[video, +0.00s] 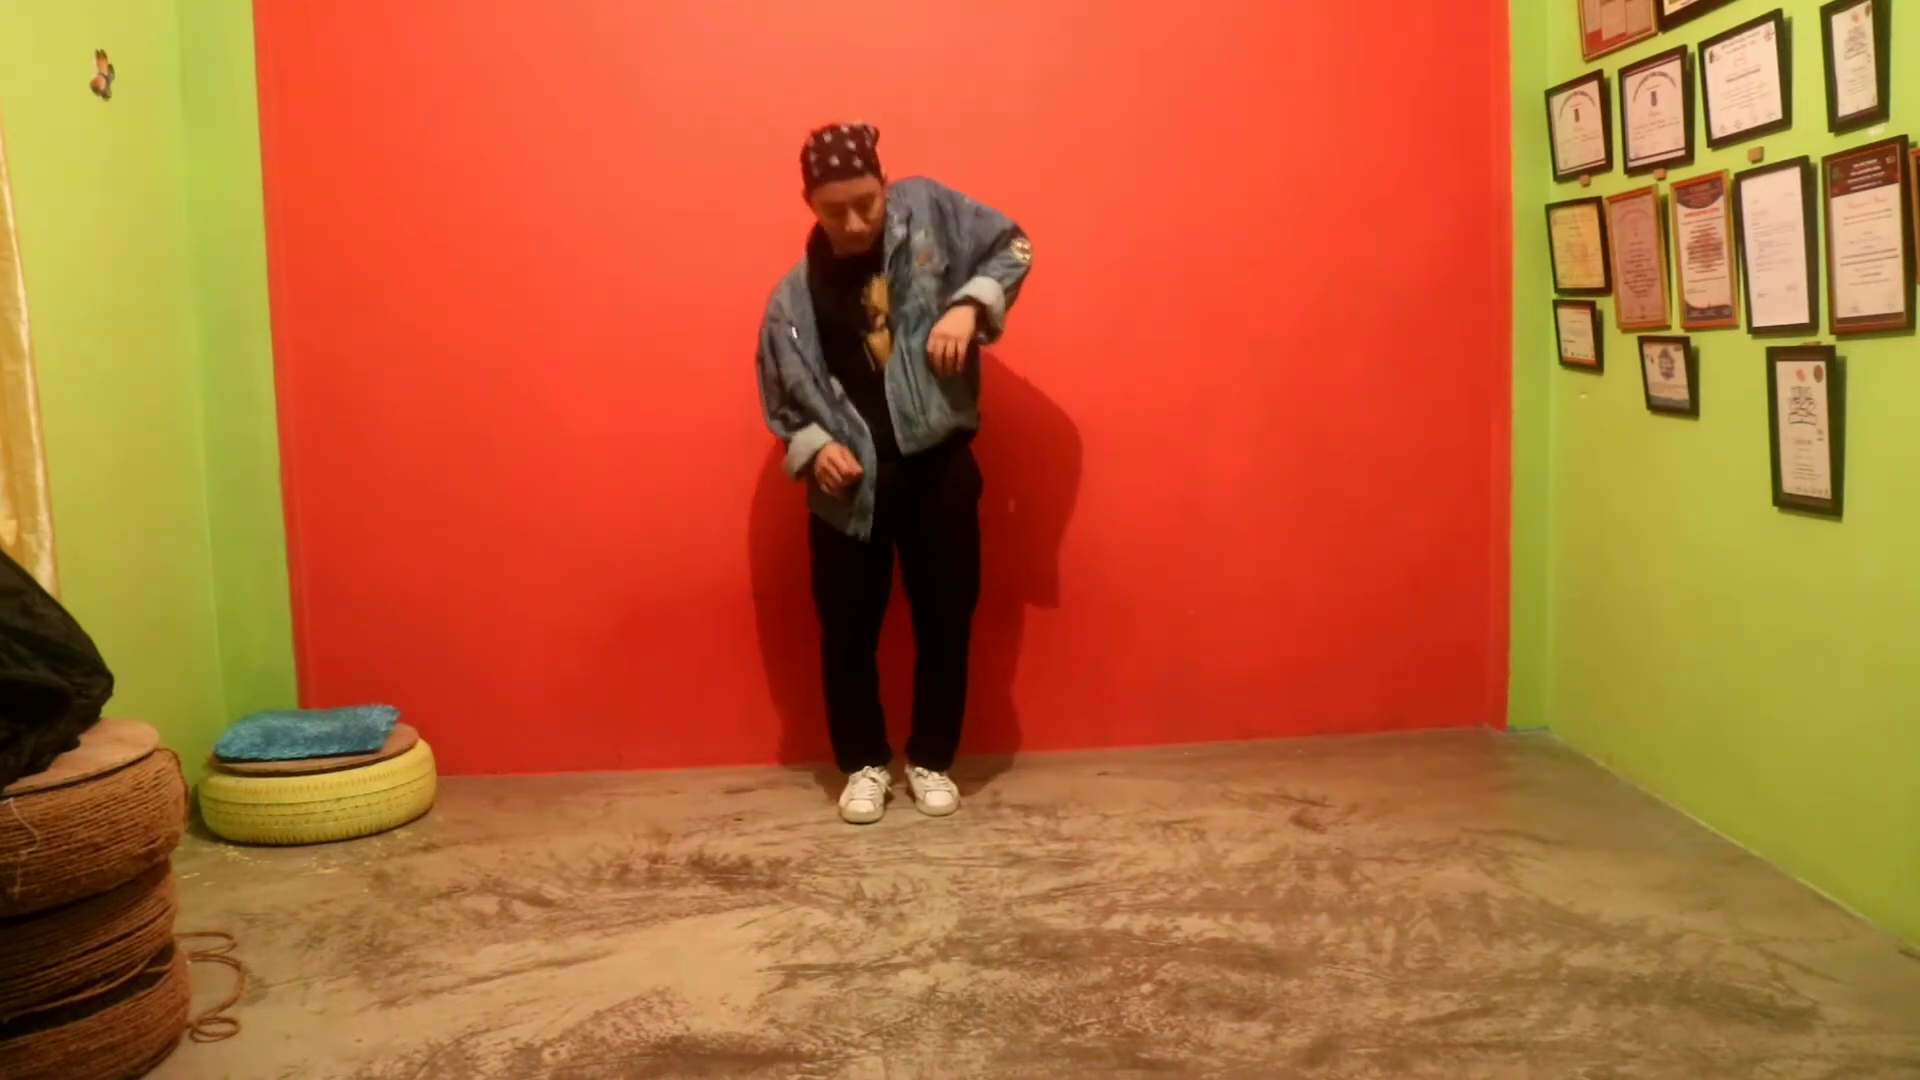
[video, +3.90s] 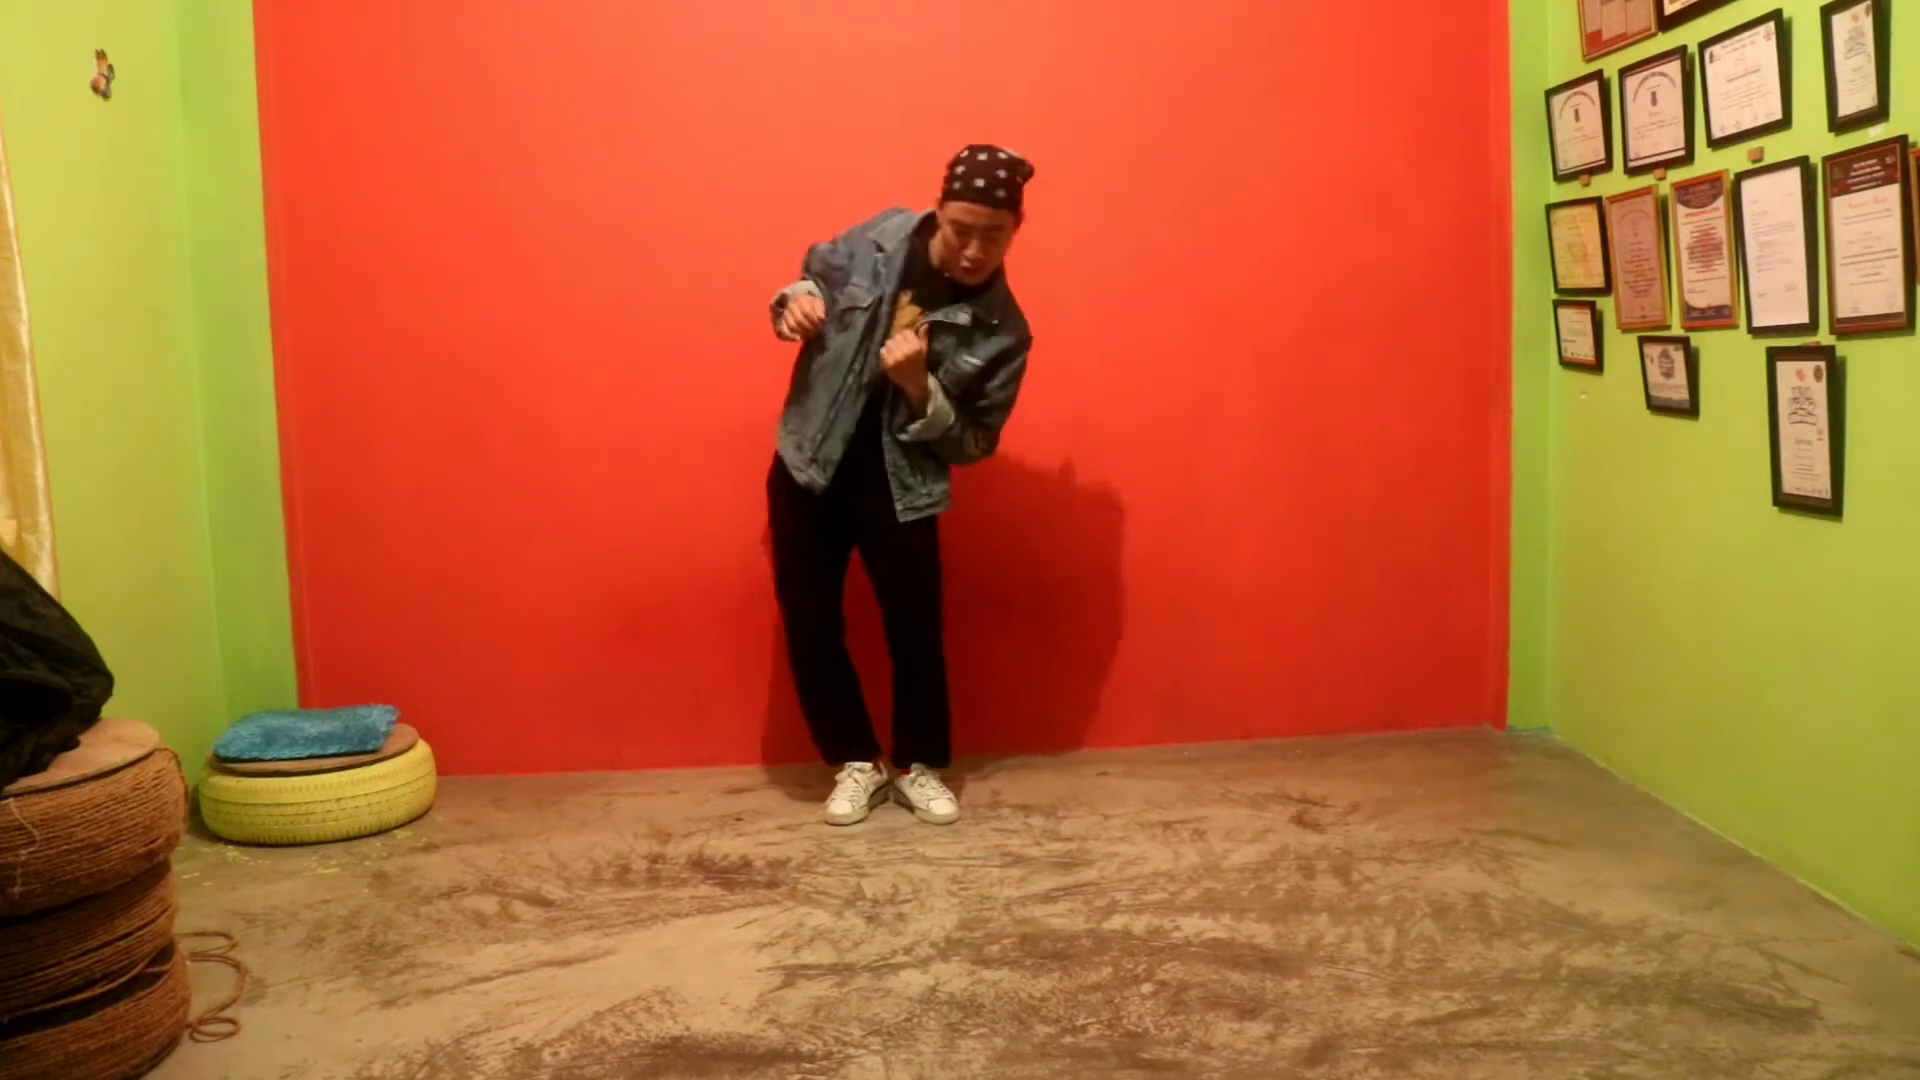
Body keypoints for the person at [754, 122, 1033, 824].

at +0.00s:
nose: (855, 223)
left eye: (865, 203)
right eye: (836, 210)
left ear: (885, 187)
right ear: (812, 204)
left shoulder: (924, 209)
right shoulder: (794, 301)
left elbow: (1009, 246)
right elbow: (784, 404)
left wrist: (968, 305)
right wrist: (815, 446)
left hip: (937, 468)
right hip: (848, 483)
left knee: (945, 619)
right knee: (848, 629)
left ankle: (931, 762)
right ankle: (864, 767)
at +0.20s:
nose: (872, 214)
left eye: (884, 196)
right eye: (853, 200)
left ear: (903, 183)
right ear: (827, 193)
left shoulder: (955, 249)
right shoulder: (798, 287)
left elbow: (1023, 313)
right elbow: (782, 385)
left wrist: (989, 366)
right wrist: (816, 440)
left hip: (942, 476)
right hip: (850, 482)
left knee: (962, 614)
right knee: (839, 620)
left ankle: (930, 760)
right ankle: (858, 760)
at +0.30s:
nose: (882, 232)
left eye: (893, 213)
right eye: (864, 218)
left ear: (913, 206)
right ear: (840, 217)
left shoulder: (959, 289)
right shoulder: (803, 305)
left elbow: (1013, 366)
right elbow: (779, 397)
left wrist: (986, 413)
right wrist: (816, 452)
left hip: (943, 502)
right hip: (846, 506)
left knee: (984, 625)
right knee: (811, 629)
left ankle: (929, 760)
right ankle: (855, 760)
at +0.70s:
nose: (878, 299)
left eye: (891, 283)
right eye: (864, 286)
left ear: (911, 266)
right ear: (840, 271)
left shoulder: (947, 297)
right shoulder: (805, 318)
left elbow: (964, 395)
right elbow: (809, 412)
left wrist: (962, 375)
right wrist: (815, 387)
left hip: (937, 514)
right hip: (847, 520)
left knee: (978, 639)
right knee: (828, 647)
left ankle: (927, 764)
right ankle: (858, 768)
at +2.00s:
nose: (911, 220)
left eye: (922, 205)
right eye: (896, 205)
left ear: (938, 194)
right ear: (864, 191)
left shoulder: (960, 256)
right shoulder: (817, 258)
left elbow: (999, 314)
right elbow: (772, 338)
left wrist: (979, 413)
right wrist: (801, 411)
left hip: (943, 474)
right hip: (850, 477)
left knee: (967, 620)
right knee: (841, 626)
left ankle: (975, 759)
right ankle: (833, 765)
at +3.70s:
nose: (907, 246)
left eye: (923, 232)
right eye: (894, 229)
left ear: (948, 221)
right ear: (873, 212)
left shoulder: (980, 280)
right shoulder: (839, 234)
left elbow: (1006, 373)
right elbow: (788, 300)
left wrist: (939, 374)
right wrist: (795, 323)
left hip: (916, 465)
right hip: (830, 458)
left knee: (912, 613)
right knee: (837, 615)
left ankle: (921, 766)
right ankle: (862, 764)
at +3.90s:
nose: (974, 250)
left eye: (992, 235)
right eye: (961, 231)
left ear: (1015, 230)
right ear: (938, 212)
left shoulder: (1004, 336)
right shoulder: (887, 236)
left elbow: (974, 441)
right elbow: (818, 273)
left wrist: (919, 386)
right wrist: (802, 301)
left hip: (901, 482)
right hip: (810, 462)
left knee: (916, 623)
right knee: (809, 620)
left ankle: (919, 768)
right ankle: (855, 765)